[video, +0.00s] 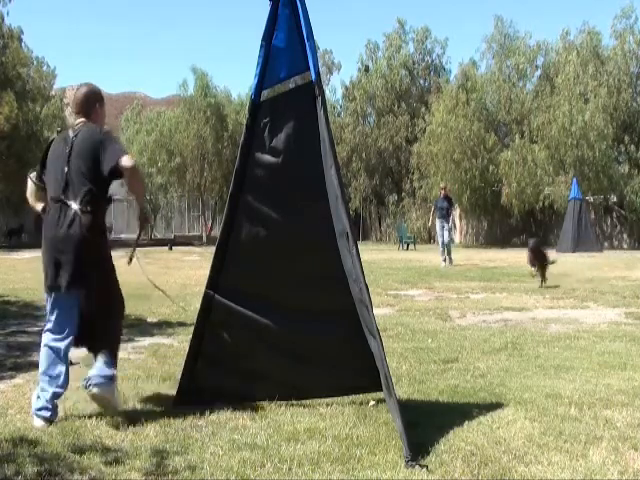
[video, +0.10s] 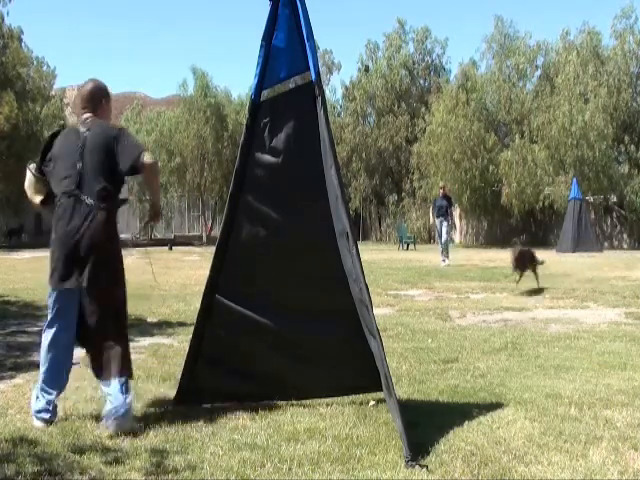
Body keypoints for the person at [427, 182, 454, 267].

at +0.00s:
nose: (443, 192)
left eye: (444, 190)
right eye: (442, 190)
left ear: (446, 191)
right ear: (440, 191)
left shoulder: (449, 200)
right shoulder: (437, 200)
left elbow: (452, 211)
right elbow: (432, 211)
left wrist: (451, 222)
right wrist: (430, 221)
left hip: (447, 220)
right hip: (439, 220)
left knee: (447, 240)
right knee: (441, 240)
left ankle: (449, 257)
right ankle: (443, 258)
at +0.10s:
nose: (441, 191)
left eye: (443, 189)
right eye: (440, 189)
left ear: (445, 190)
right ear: (439, 190)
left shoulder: (448, 199)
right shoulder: (436, 200)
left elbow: (450, 209)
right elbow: (432, 209)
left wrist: (451, 218)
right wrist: (432, 218)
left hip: (446, 218)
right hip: (438, 219)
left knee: (445, 238)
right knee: (440, 238)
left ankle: (445, 257)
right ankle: (443, 256)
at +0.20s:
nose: (440, 192)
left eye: (441, 190)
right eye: (439, 190)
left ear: (443, 191)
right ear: (437, 191)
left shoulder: (446, 199)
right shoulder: (435, 200)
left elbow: (450, 210)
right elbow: (429, 208)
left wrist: (452, 220)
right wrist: (431, 214)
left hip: (444, 219)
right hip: (436, 219)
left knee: (443, 238)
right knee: (438, 238)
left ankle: (443, 257)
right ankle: (440, 256)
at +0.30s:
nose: (440, 192)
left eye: (441, 190)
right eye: (438, 190)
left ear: (443, 191)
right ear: (437, 191)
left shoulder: (446, 200)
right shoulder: (434, 201)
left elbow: (450, 211)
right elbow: (428, 209)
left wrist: (451, 220)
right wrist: (431, 215)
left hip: (443, 220)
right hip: (435, 220)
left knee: (441, 239)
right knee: (438, 239)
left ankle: (441, 257)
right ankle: (441, 256)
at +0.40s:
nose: (439, 192)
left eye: (440, 190)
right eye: (437, 190)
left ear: (442, 191)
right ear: (436, 191)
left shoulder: (445, 200)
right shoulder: (433, 200)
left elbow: (448, 210)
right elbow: (430, 209)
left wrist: (449, 219)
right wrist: (430, 217)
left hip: (442, 220)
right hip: (434, 220)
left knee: (440, 239)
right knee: (436, 238)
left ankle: (440, 258)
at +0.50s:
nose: (437, 191)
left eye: (439, 189)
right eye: (436, 189)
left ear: (441, 190)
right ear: (434, 190)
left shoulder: (443, 198)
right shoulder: (432, 199)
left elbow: (446, 208)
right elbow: (428, 209)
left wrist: (447, 218)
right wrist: (427, 218)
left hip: (441, 219)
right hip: (433, 219)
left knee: (440, 238)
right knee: (433, 238)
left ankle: (440, 254)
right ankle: (433, 254)